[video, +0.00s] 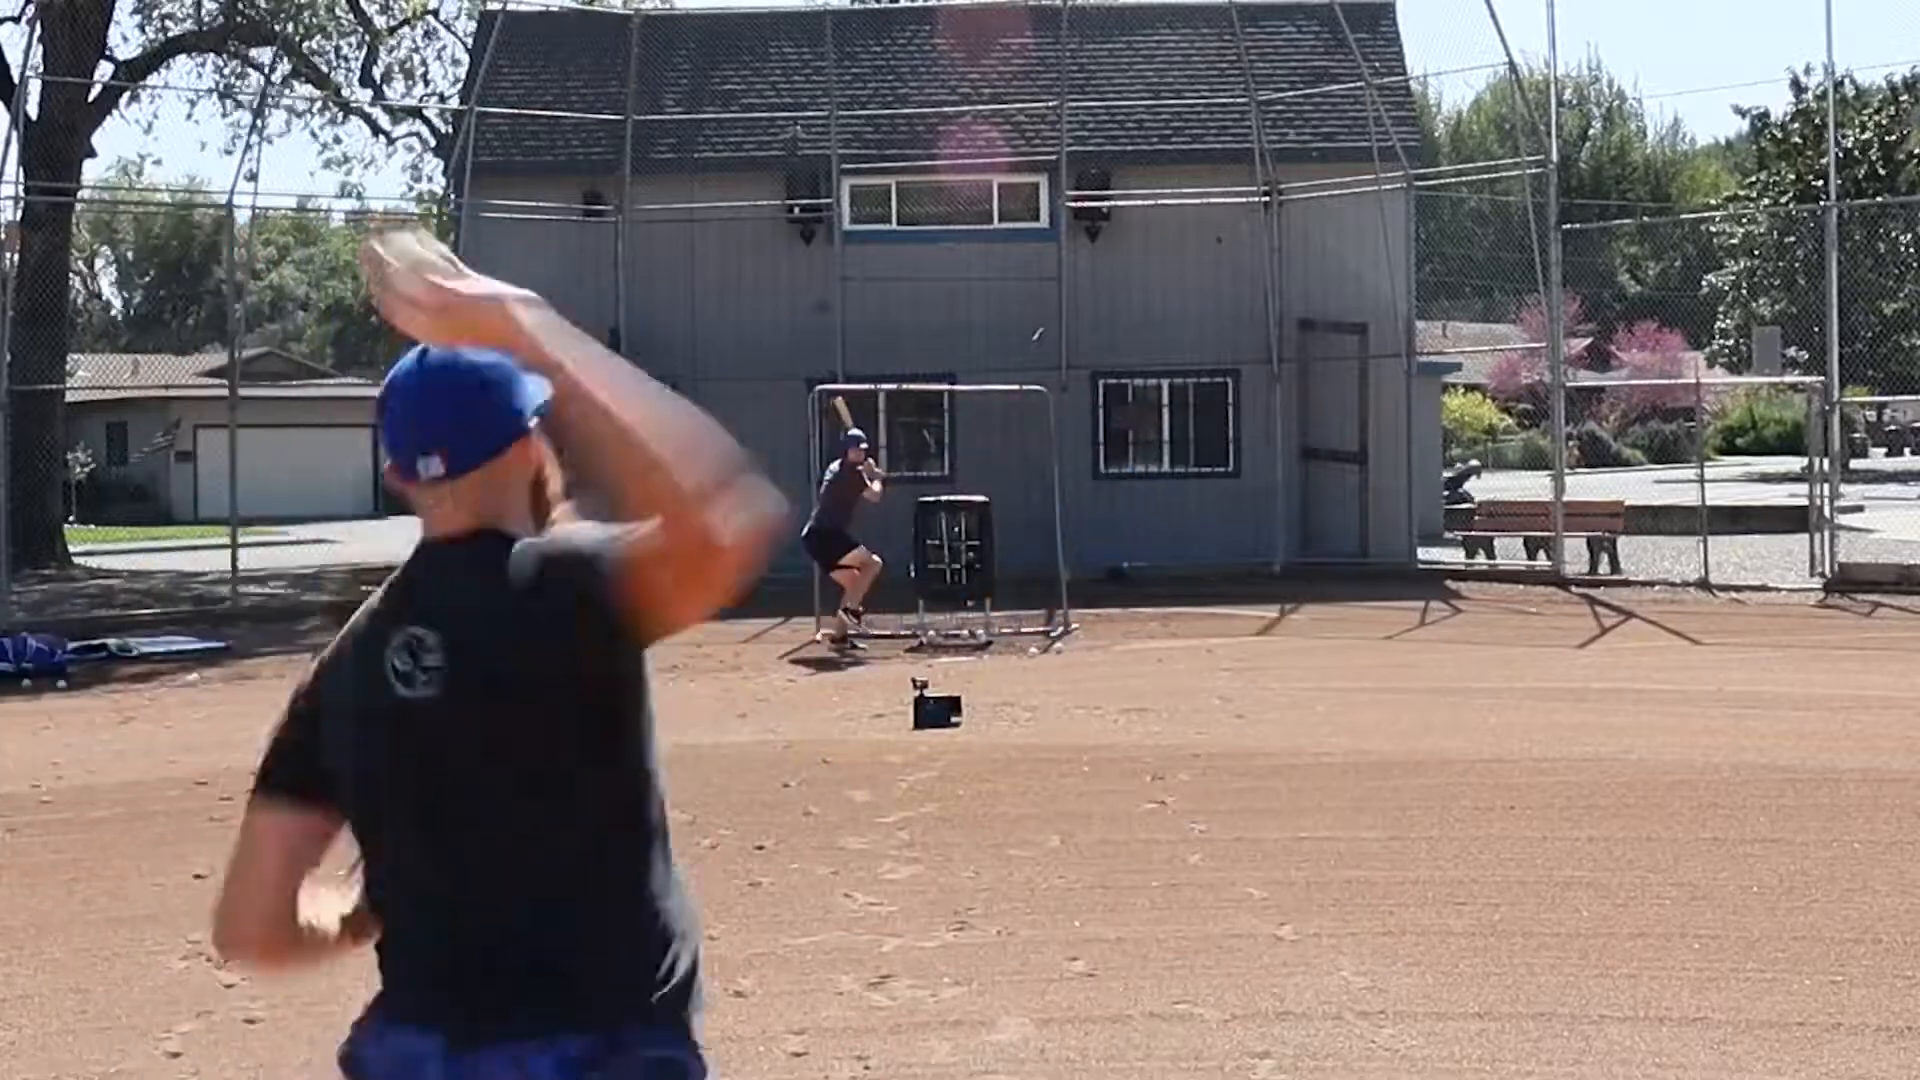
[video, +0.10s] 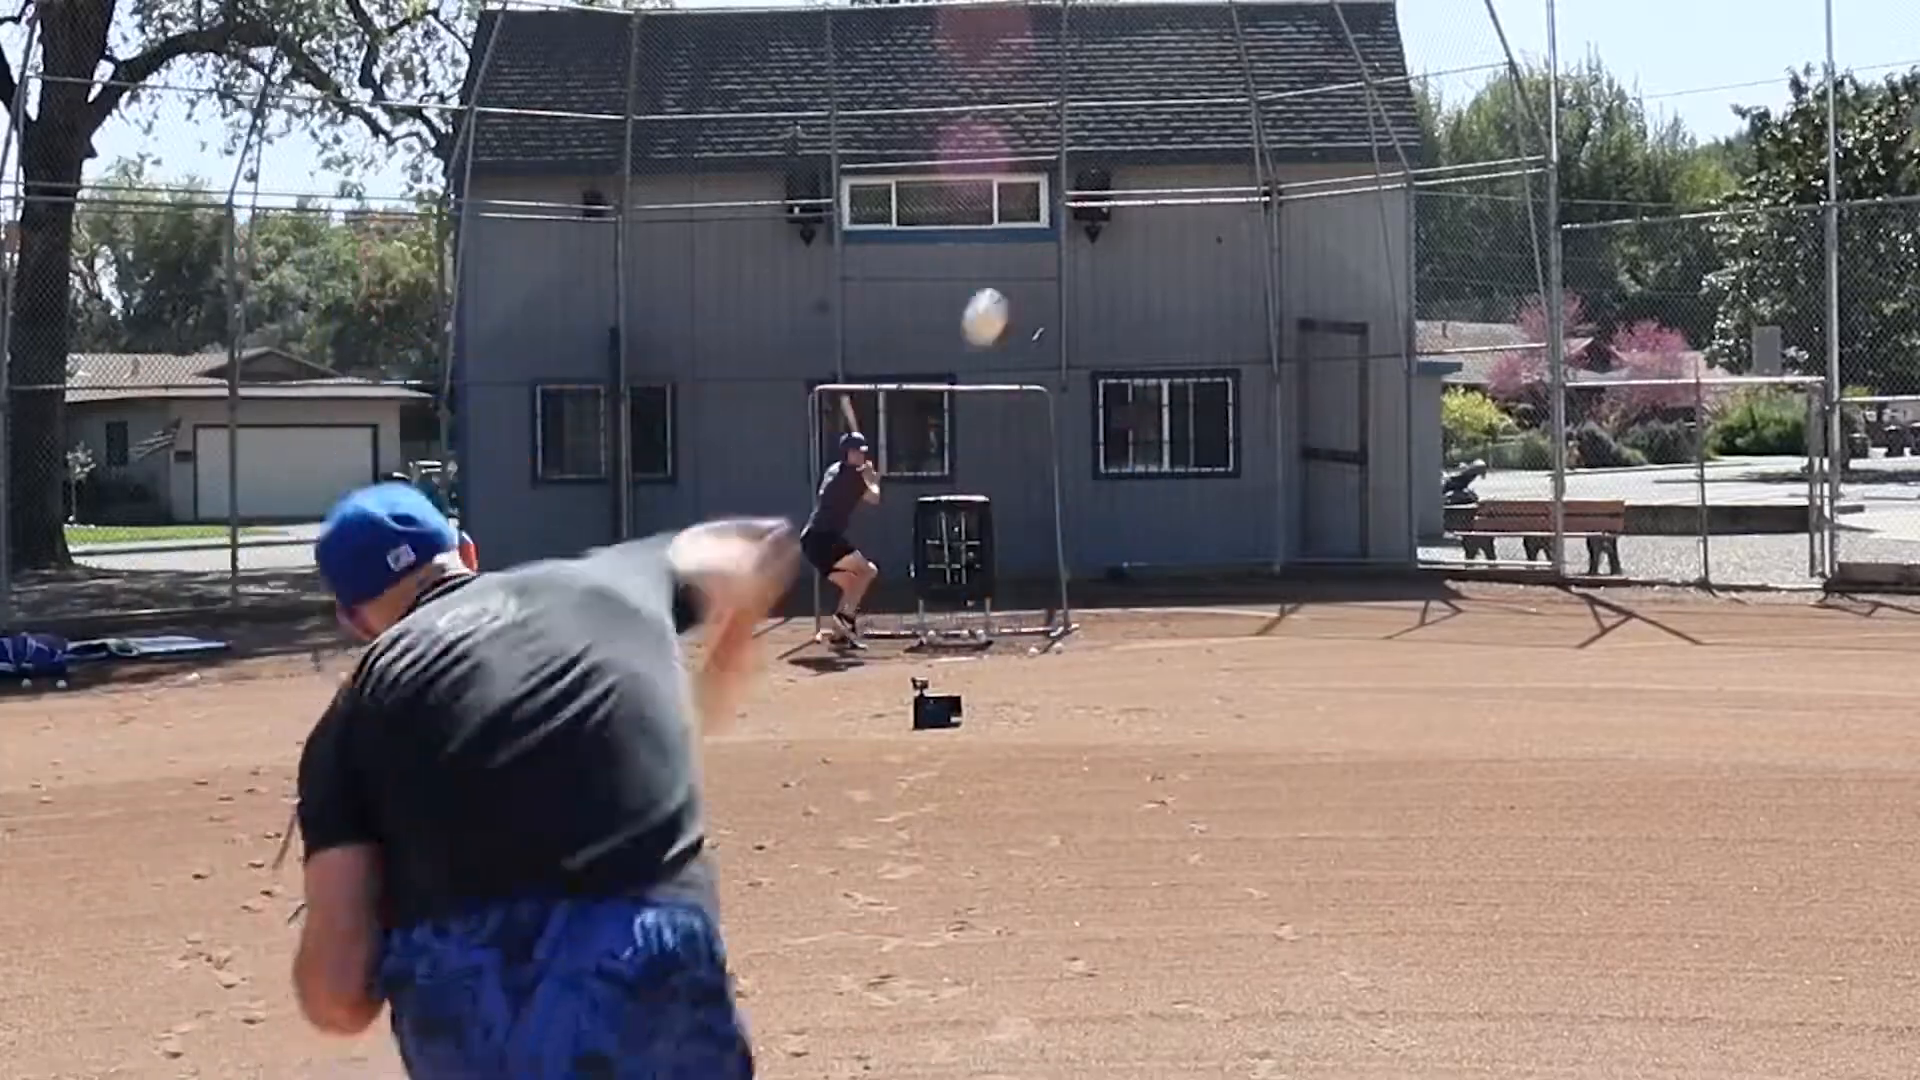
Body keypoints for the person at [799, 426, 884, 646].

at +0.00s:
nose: (859, 453)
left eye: (862, 448)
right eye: (855, 448)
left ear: (865, 450)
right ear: (846, 450)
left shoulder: (836, 467)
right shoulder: (850, 473)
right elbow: (875, 495)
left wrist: (872, 475)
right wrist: (876, 477)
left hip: (815, 534)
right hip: (827, 534)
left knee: (852, 581)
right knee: (872, 563)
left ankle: (840, 634)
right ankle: (853, 605)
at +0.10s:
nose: (861, 456)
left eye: (862, 452)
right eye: (856, 452)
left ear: (862, 453)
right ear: (845, 453)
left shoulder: (833, 470)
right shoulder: (853, 476)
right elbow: (874, 497)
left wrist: (865, 475)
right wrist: (871, 479)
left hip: (810, 538)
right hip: (825, 538)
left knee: (850, 584)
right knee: (866, 571)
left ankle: (841, 634)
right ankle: (847, 614)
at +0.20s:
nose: (860, 459)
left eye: (862, 455)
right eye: (856, 455)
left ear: (861, 456)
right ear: (845, 456)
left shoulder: (832, 472)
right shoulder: (852, 480)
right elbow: (874, 500)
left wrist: (862, 477)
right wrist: (868, 481)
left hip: (813, 538)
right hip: (824, 540)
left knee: (850, 587)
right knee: (856, 585)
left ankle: (841, 631)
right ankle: (837, 630)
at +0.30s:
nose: (863, 468)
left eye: (864, 463)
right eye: (859, 463)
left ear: (846, 464)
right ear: (847, 463)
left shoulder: (830, 479)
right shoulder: (851, 485)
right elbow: (873, 506)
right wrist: (864, 485)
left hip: (816, 546)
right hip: (820, 549)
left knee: (855, 595)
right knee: (849, 596)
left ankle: (838, 636)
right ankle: (829, 640)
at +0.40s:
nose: (865, 469)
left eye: (866, 464)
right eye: (861, 464)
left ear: (852, 467)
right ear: (850, 465)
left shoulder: (830, 479)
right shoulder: (854, 486)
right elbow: (871, 510)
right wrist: (862, 491)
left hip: (816, 546)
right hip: (815, 549)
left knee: (846, 596)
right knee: (842, 596)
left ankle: (837, 636)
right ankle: (823, 644)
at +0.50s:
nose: (864, 459)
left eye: (865, 454)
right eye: (861, 454)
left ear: (848, 455)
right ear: (850, 454)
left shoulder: (828, 467)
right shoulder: (849, 474)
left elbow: (814, 471)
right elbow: (864, 508)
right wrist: (858, 481)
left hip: (808, 534)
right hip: (810, 536)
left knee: (830, 589)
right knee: (827, 589)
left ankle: (832, 633)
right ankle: (818, 645)